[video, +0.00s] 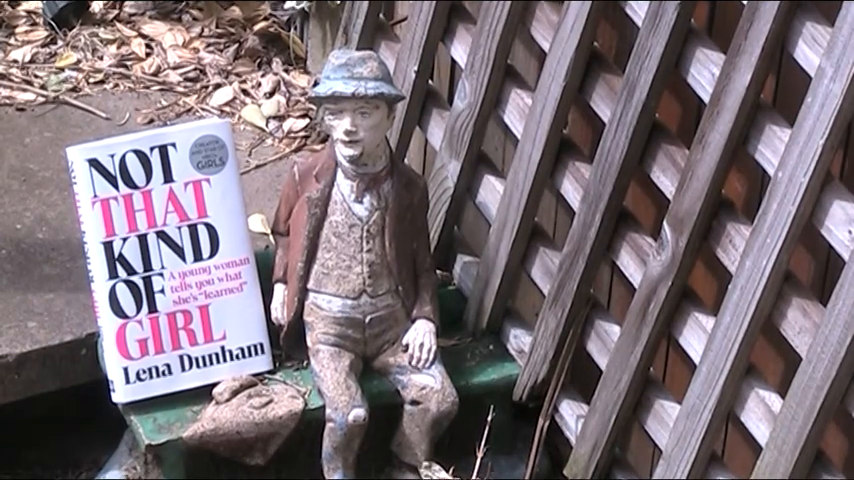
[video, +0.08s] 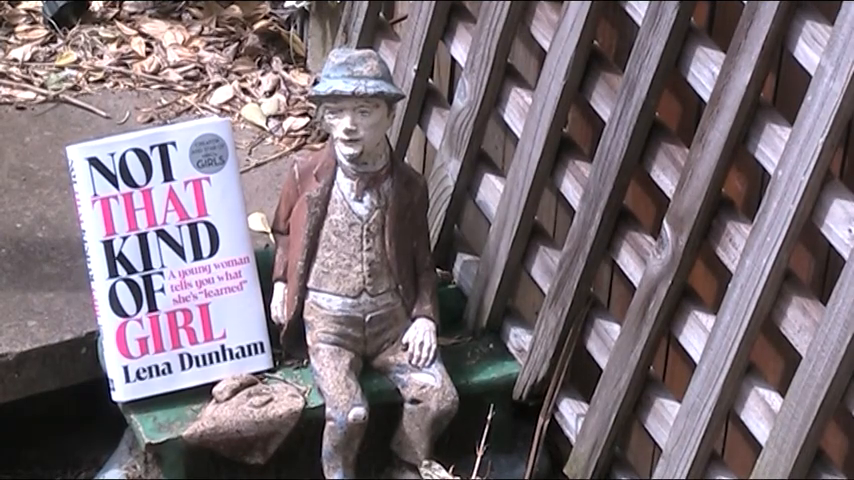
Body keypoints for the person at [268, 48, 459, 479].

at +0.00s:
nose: (349, 127)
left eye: (364, 113)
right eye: (336, 114)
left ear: (389, 116)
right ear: (323, 118)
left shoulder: (409, 186)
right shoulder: (305, 175)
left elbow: (423, 263)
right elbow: (283, 235)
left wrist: (425, 317)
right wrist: (282, 284)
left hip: (394, 325)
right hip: (329, 324)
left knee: (438, 399)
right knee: (349, 416)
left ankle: (408, 461)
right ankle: (338, 472)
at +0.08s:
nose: (348, 126)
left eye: (364, 112)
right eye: (336, 112)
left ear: (389, 115)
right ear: (323, 117)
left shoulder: (409, 185)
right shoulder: (305, 174)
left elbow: (423, 262)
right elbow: (283, 233)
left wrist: (425, 316)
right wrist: (282, 282)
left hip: (394, 324)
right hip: (328, 323)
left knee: (438, 398)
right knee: (349, 415)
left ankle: (408, 458)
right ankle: (338, 472)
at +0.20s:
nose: (348, 126)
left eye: (364, 112)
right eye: (336, 113)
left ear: (389, 115)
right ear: (323, 117)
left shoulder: (409, 185)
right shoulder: (305, 174)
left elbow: (423, 263)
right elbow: (283, 234)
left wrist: (425, 316)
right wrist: (282, 283)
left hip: (393, 323)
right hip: (328, 323)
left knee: (438, 399)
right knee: (349, 415)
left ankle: (407, 459)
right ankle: (337, 472)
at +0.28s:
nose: (349, 127)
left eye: (364, 113)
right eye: (336, 114)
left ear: (389, 117)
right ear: (323, 118)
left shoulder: (409, 186)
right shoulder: (305, 175)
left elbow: (423, 263)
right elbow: (283, 235)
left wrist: (425, 317)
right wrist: (282, 284)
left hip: (394, 325)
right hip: (329, 325)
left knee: (438, 399)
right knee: (349, 416)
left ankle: (408, 460)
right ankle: (338, 472)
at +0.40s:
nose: (348, 124)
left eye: (364, 110)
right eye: (336, 110)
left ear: (389, 113)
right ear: (323, 115)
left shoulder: (409, 183)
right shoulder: (304, 171)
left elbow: (423, 260)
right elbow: (283, 231)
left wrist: (425, 314)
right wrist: (282, 281)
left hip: (393, 321)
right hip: (328, 321)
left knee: (438, 397)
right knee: (349, 413)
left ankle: (405, 459)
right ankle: (338, 471)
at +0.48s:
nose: (348, 125)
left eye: (363, 111)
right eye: (336, 112)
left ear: (388, 114)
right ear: (323, 117)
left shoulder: (409, 184)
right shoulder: (304, 173)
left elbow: (423, 262)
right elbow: (282, 233)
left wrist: (425, 315)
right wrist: (281, 282)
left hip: (393, 322)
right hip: (327, 322)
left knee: (438, 397)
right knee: (349, 414)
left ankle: (406, 459)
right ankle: (337, 472)